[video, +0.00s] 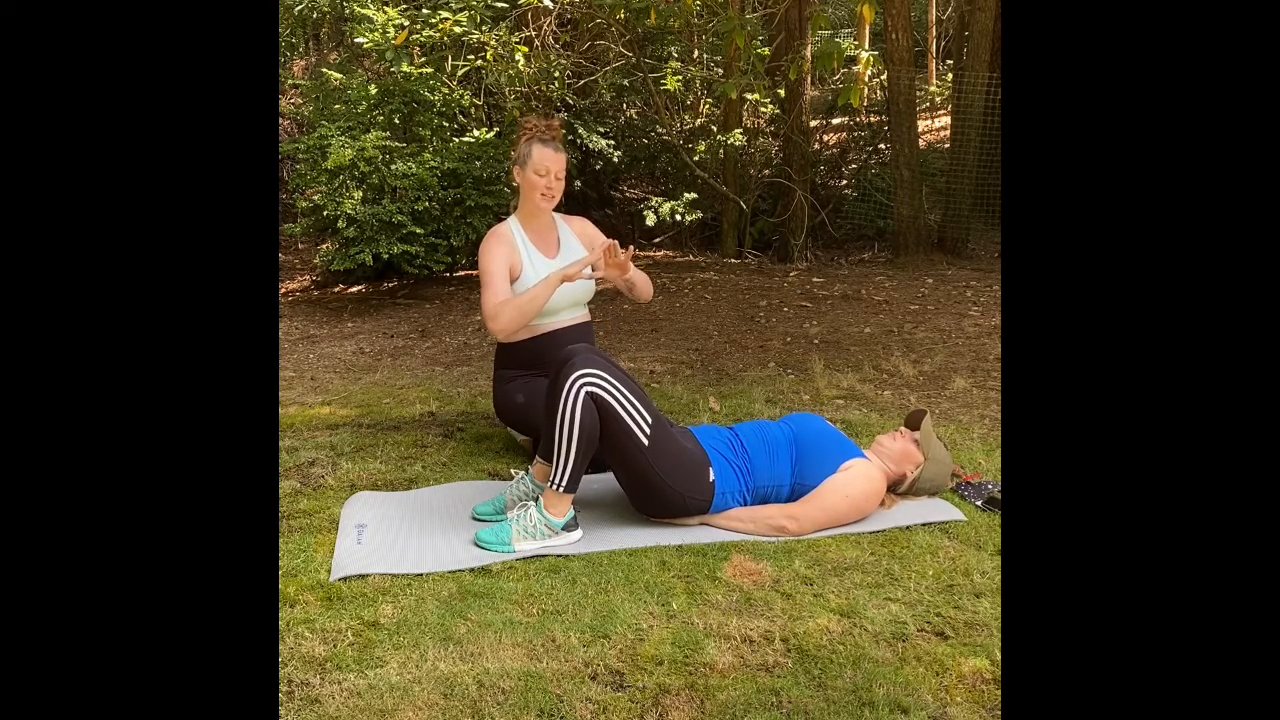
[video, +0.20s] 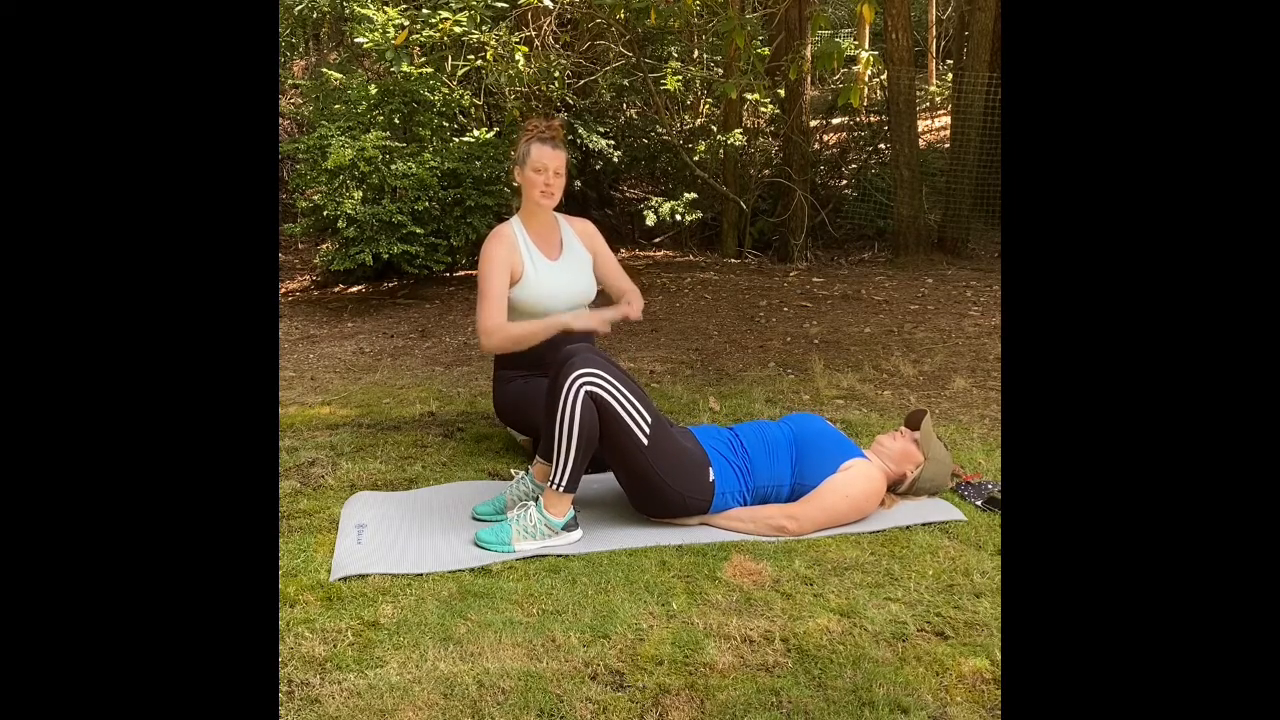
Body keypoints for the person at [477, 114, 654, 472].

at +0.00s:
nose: (552, 186)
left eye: (560, 177)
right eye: (542, 175)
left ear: (566, 179)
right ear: (517, 174)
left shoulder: (580, 229)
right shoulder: (499, 243)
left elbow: (645, 295)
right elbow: (499, 324)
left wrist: (627, 276)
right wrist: (558, 277)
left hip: (584, 364)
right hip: (523, 377)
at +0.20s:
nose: (549, 181)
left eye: (558, 173)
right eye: (539, 171)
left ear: (565, 179)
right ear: (518, 174)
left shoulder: (583, 231)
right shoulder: (502, 242)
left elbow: (626, 289)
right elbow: (491, 336)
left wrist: (629, 302)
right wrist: (564, 320)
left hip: (581, 368)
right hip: (521, 381)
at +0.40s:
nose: (553, 181)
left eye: (561, 172)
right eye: (541, 171)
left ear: (568, 177)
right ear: (520, 176)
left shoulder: (586, 232)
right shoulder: (505, 245)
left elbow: (615, 304)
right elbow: (494, 345)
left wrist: (620, 356)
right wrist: (566, 373)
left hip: (585, 370)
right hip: (524, 382)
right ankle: (537, 442)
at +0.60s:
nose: (556, 182)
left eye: (564, 173)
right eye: (545, 172)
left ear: (571, 179)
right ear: (524, 177)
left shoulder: (589, 233)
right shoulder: (507, 246)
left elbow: (614, 319)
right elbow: (513, 350)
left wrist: (610, 373)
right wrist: (577, 385)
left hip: (584, 367)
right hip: (525, 379)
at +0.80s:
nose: (559, 183)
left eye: (567, 174)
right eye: (547, 173)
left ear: (574, 180)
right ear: (526, 178)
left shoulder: (591, 234)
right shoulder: (509, 246)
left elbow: (617, 322)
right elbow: (523, 348)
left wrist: (615, 381)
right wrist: (587, 390)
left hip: (585, 366)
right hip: (524, 377)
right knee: (598, 448)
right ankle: (538, 444)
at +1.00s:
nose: (562, 185)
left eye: (569, 176)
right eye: (550, 174)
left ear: (577, 180)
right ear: (528, 178)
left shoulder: (593, 234)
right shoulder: (510, 247)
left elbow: (616, 324)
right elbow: (525, 348)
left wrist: (615, 384)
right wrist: (589, 395)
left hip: (584, 366)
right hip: (525, 378)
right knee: (598, 448)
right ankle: (538, 444)